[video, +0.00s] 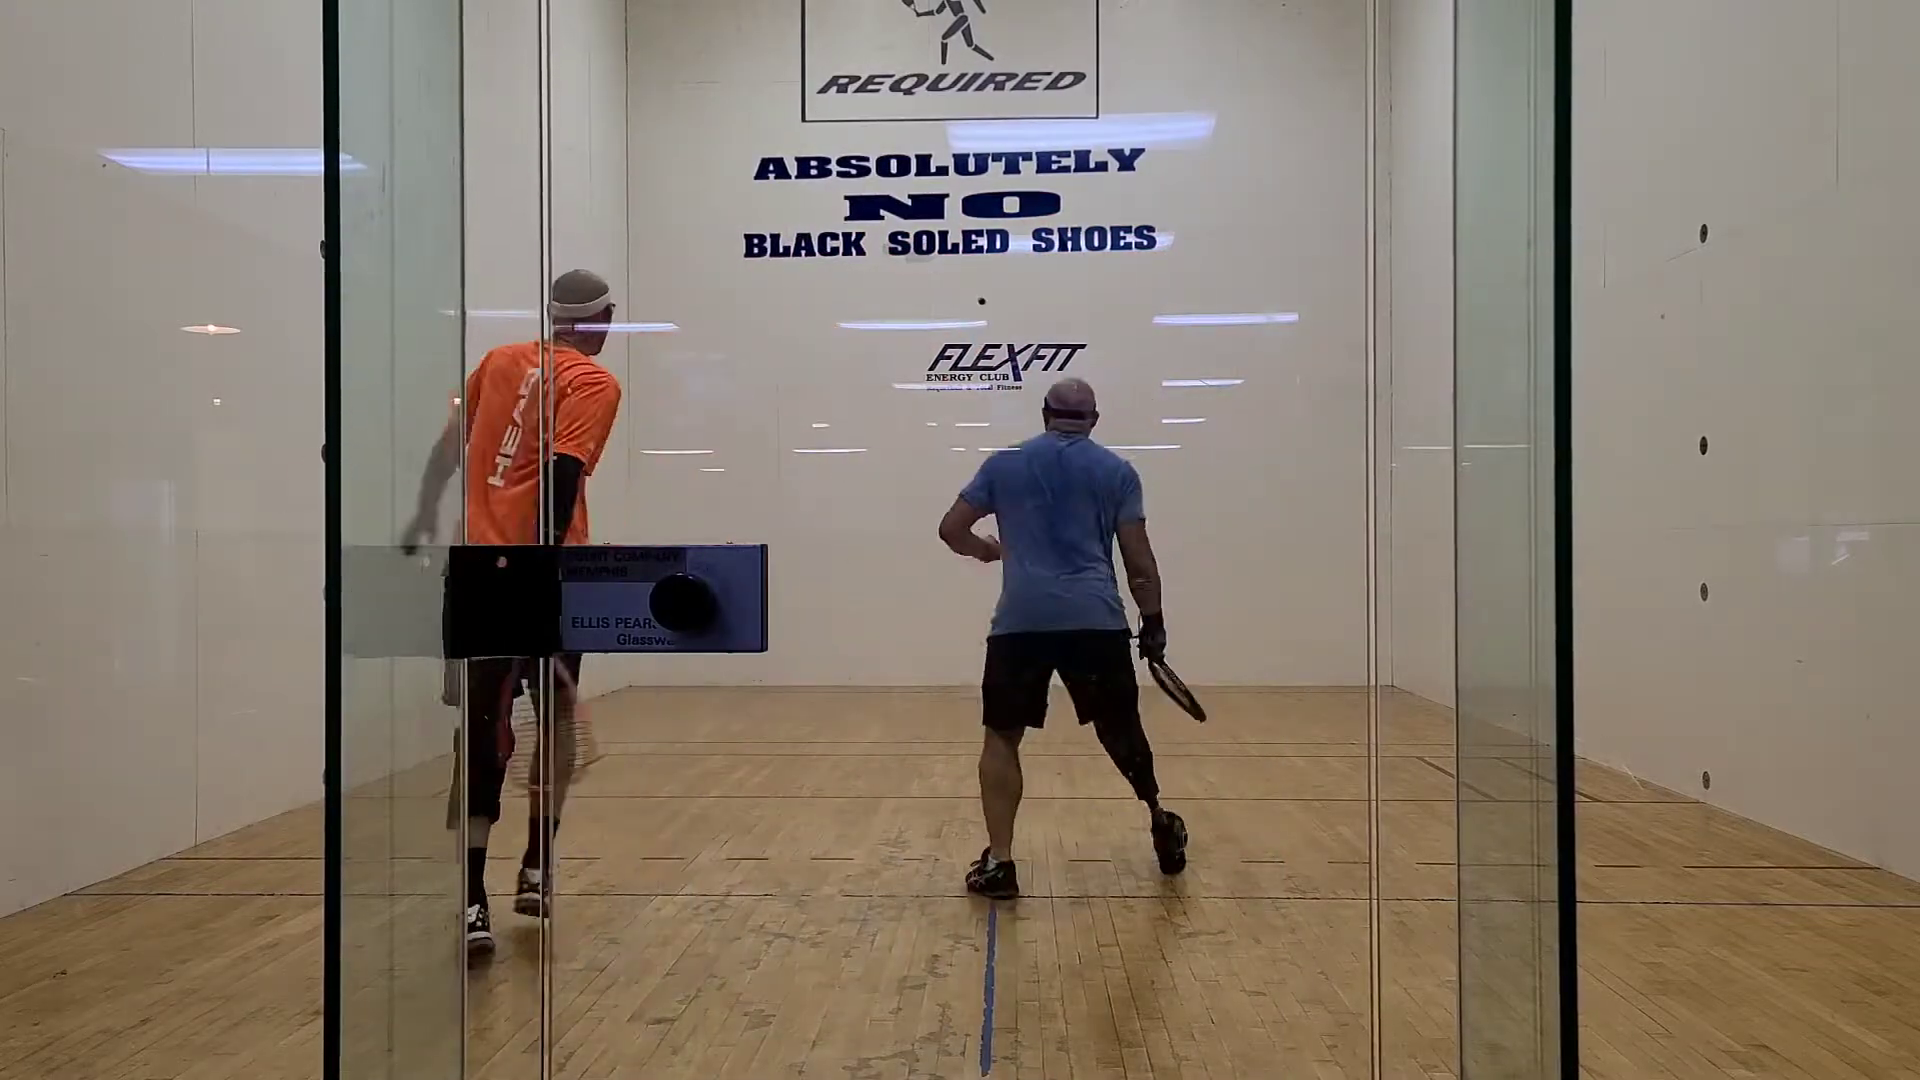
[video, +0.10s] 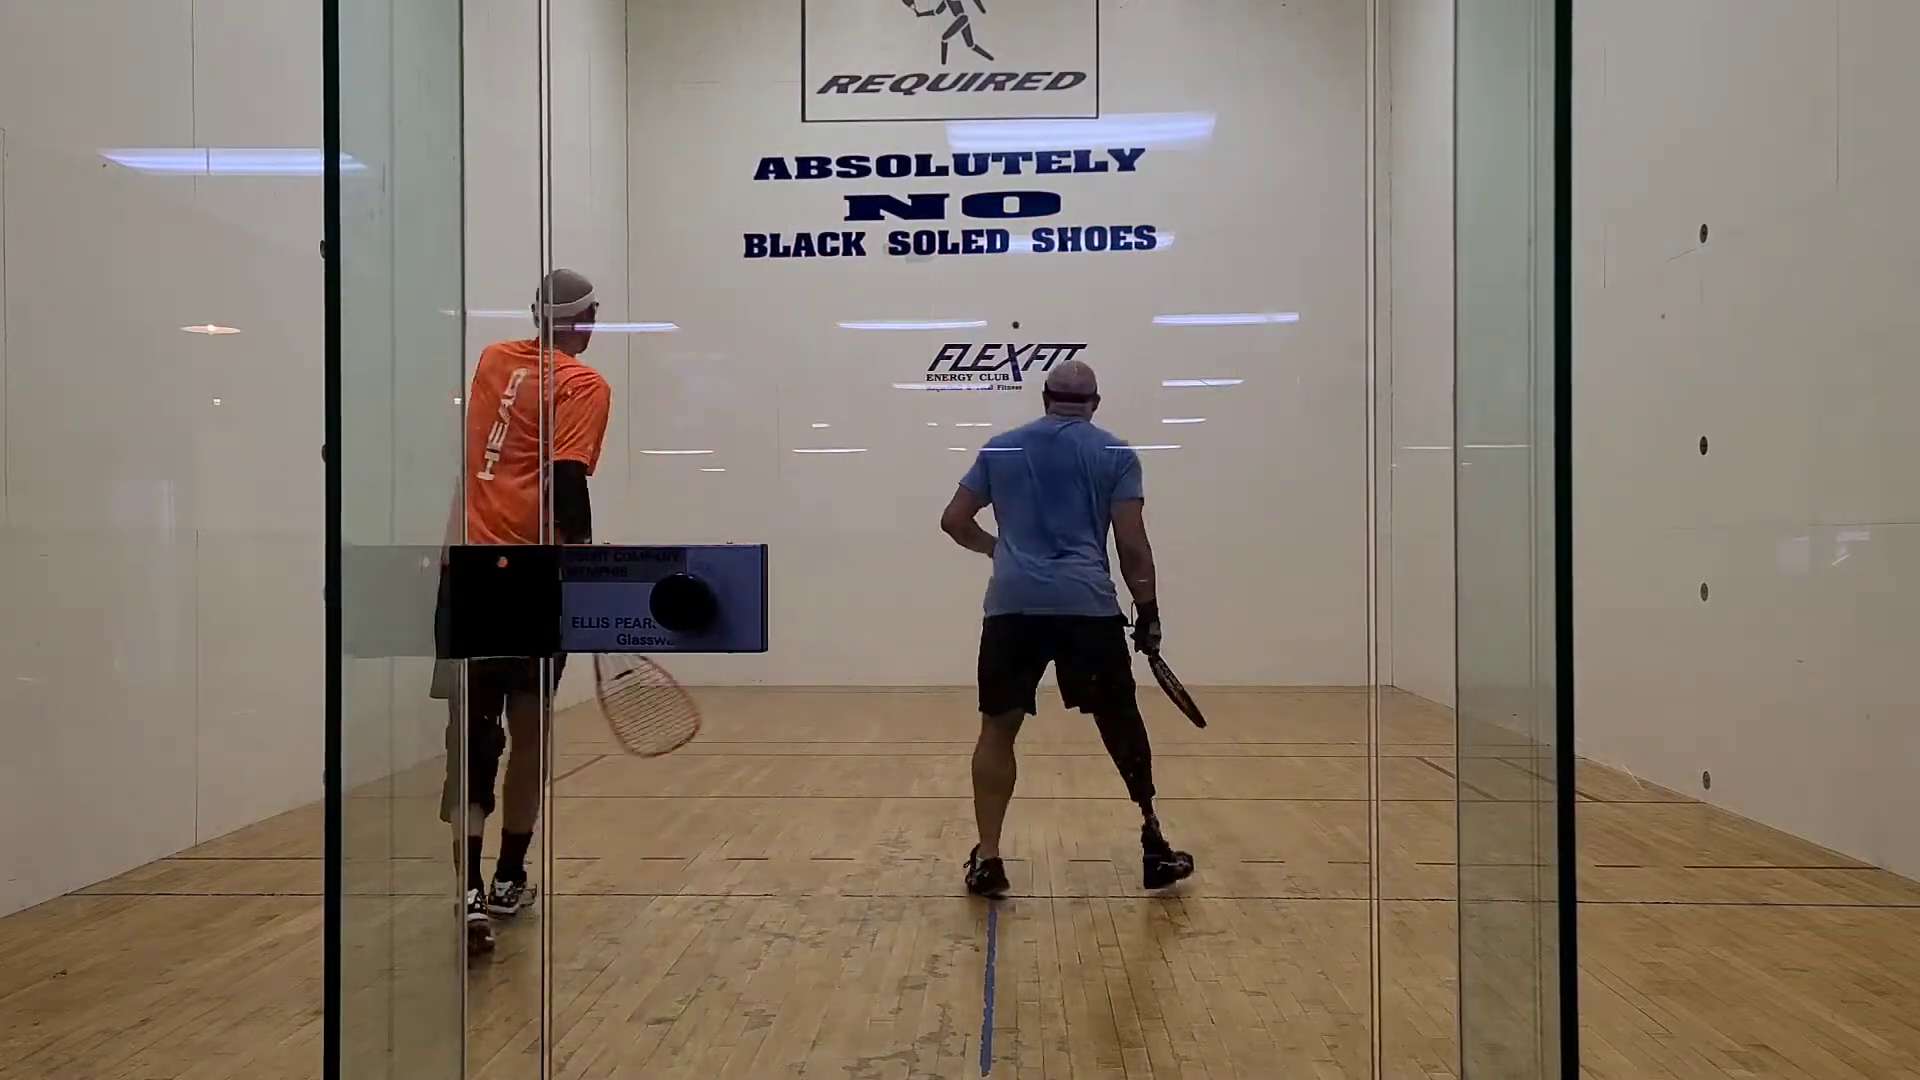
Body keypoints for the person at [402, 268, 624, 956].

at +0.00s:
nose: (606, 334)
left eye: (603, 322)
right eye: (606, 324)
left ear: (551, 315)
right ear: (599, 323)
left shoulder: (497, 362)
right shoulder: (595, 385)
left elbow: (447, 449)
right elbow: (561, 475)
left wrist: (422, 517)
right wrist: (551, 568)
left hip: (475, 568)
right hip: (544, 575)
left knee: (483, 730)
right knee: (560, 725)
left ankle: (473, 900)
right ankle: (537, 869)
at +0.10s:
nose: (592, 329)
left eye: (588, 317)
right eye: (592, 319)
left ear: (536, 313)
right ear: (583, 320)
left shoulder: (492, 360)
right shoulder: (585, 387)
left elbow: (473, 453)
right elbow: (567, 487)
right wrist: (587, 582)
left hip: (466, 568)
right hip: (534, 575)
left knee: (473, 725)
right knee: (530, 728)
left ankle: (470, 890)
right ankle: (510, 877)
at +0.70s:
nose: (598, 376)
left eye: (597, 365)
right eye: (595, 365)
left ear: (542, 368)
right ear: (573, 368)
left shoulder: (491, 416)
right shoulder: (584, 427)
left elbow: (459, 496)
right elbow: (572, 520)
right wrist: (599, 596)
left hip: (475, 595)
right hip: (540, 599)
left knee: (463, 731)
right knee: (597, 704)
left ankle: (402, 869)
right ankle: (550, 837)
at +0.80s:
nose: (632, 370)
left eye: (630, 361)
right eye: (626, 361)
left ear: (579, 369)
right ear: (603, 367)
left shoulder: (526, 412)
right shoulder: (610, 424)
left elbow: (496, 475)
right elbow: (594, 511)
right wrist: (621, 589)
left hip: (488, 587)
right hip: (553, 592)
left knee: (473, 725)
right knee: (627, 696)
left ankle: (404, 866)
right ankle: (610, 842)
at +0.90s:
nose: (671, 376)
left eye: (669, 366)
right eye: (664, 366)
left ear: (619, 375)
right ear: (636, 373)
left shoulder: (570, 415)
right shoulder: (643, 426)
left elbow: (545, 506)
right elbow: (626, 514)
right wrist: (658, 595)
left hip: (517, 582)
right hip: (581, 586)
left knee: (489, 726)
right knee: (652, 700)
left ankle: (409, 858)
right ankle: (663, 848)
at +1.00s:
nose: (713, 377)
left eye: (709, 367)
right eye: (705, 368)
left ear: (661, 378)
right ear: (674, 376)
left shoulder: (614, 418)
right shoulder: (679, 431)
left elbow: (593, 510)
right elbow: (661, 521)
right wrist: (696, 596)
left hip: (567, 591)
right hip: (624, 597)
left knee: (526, 723)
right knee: (683, 710)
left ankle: (429, 839)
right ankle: (669, 853)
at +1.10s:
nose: (744, 372)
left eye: (742, 363)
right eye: (737, 363)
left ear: (693, 370)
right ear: (706, 368)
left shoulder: (649, 412)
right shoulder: (708, 422)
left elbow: (631, 501)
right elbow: (694, 510)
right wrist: (726, 586)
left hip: (601, 589)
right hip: (656, 592)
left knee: (595, 721)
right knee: (703, 707)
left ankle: (487, 809)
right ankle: (670, 853)